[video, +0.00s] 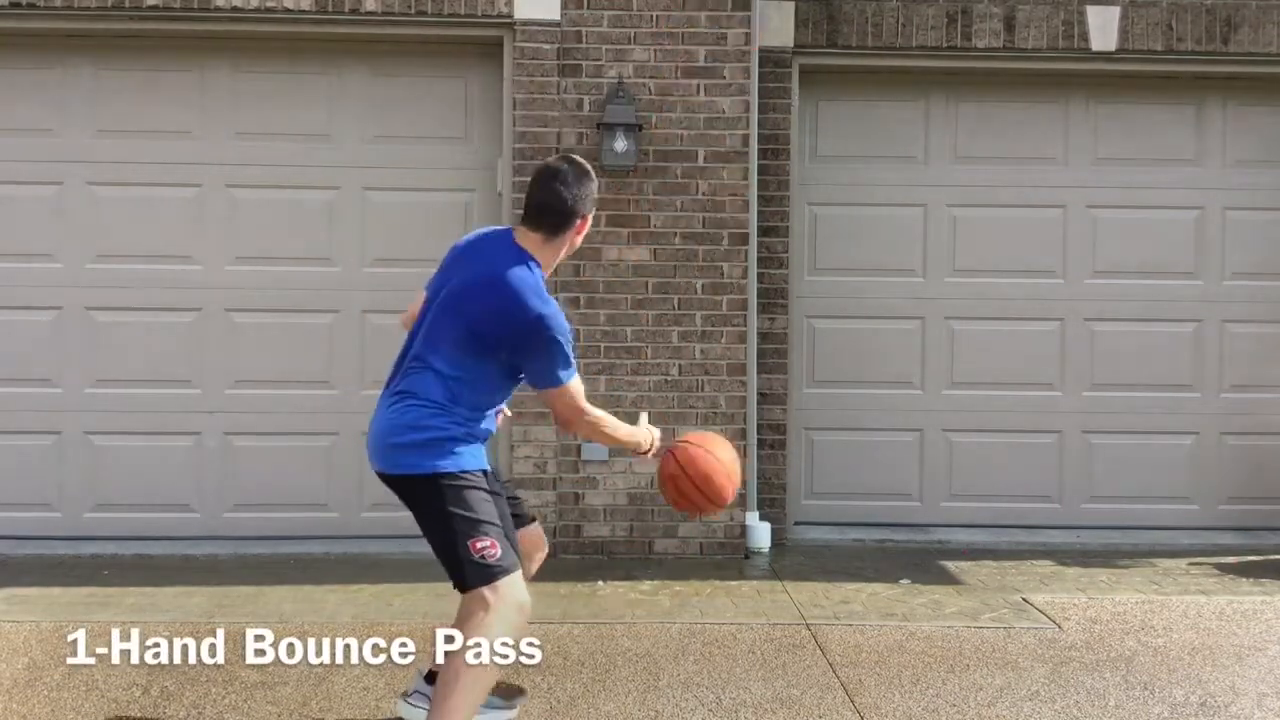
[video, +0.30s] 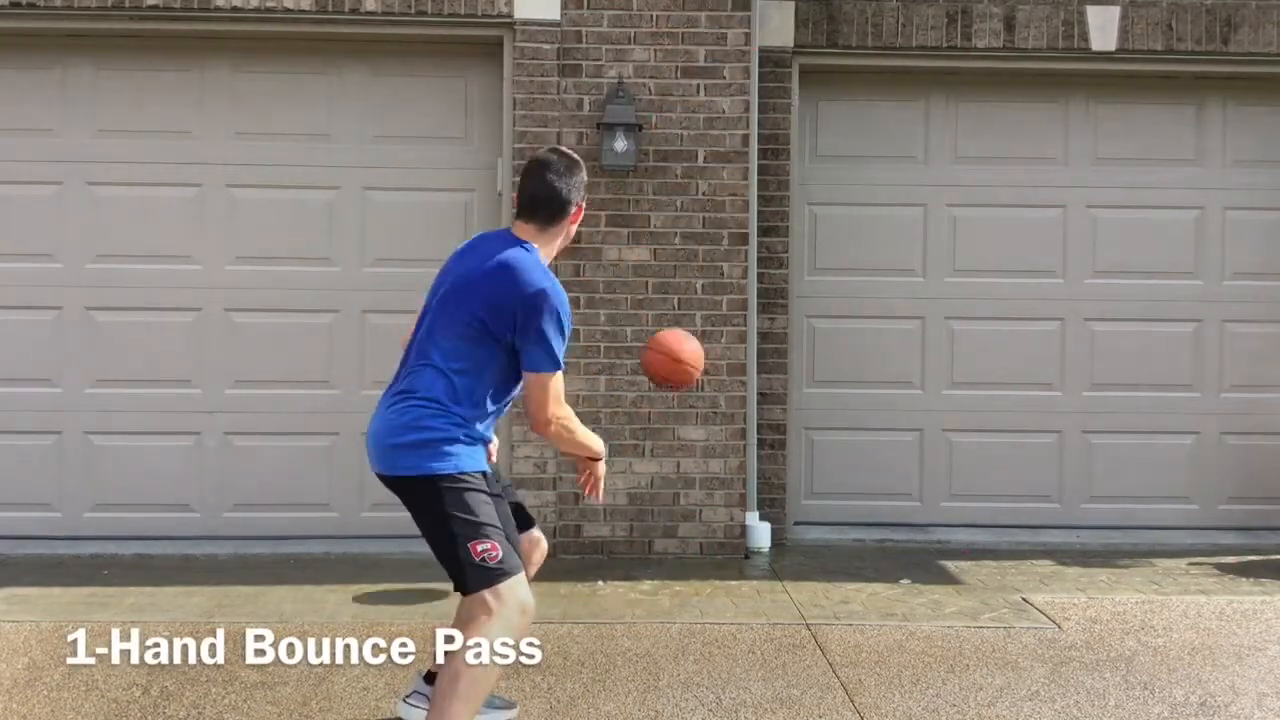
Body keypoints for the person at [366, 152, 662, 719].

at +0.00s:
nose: (590, 228)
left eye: (590, 218)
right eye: (591, 219)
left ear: (528, 203)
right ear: (581, 226)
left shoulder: (479, 244)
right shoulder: (537, 311)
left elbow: (416, 320)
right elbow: (573, 416)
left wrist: (476, 392)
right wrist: (640, 438)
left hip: (429, 434)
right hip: (432, 447)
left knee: (529, 546)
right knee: (500, 596)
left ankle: (440, 681)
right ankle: (448, 708)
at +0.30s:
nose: (580, 222)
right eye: (581, 213)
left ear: (515, 200)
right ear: (576, 217)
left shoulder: (476, 250)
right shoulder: (539, 289)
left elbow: (419, 343)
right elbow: (547, 416)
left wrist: (474, 428)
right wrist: (595, 450)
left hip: (410, 432)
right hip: (434, 444)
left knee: (528, 547)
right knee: (507, 606)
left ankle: (438, 684)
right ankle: (448, 711)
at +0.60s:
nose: (569, 165)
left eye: (567, 155)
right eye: (567, 155)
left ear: (499, 161)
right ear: (555, 162)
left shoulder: (474, 215)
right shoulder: (532, 218)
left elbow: (437, 328)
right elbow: (664, 240)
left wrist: (486, 401)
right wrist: (709, 166)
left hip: (431, 421)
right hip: (441, 430)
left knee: (516, 547)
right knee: (514, 603)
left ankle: (443, 683)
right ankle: (454, 712)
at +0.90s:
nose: (584, 189)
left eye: (583, 178)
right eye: (585, 178)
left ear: (517, 175)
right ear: (572, 184)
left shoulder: (501, 232)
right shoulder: (508, 238)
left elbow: (426, 307)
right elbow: (608, 289)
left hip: (456, 430)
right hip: (434, 433)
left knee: (530, 551)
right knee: (504, 597)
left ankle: (440, 680)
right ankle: (449, 710)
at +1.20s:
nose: (588, 230)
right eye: (589, 221)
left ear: (522, 208)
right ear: (580, 227)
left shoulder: (470, 252)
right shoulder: (554, 318)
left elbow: (401, 331)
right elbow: (560, 407)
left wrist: (455, 369)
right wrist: (585, 417)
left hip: (395, 446)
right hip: (441, 459)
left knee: (527, 541)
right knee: (523, 620)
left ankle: (442, 683)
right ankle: (456, 710)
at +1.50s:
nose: (573, 204)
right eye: (574, 195)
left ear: (508, 190)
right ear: (567, 202)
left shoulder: (463, 245)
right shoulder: (542, 281)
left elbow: (399, 332)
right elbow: (569, 409)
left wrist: (450, 386)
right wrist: (622, 403)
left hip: (405, 441)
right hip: (444, 452)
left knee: (527, 545)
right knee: (528, 613)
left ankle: (441, 684)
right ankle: (457, 712)